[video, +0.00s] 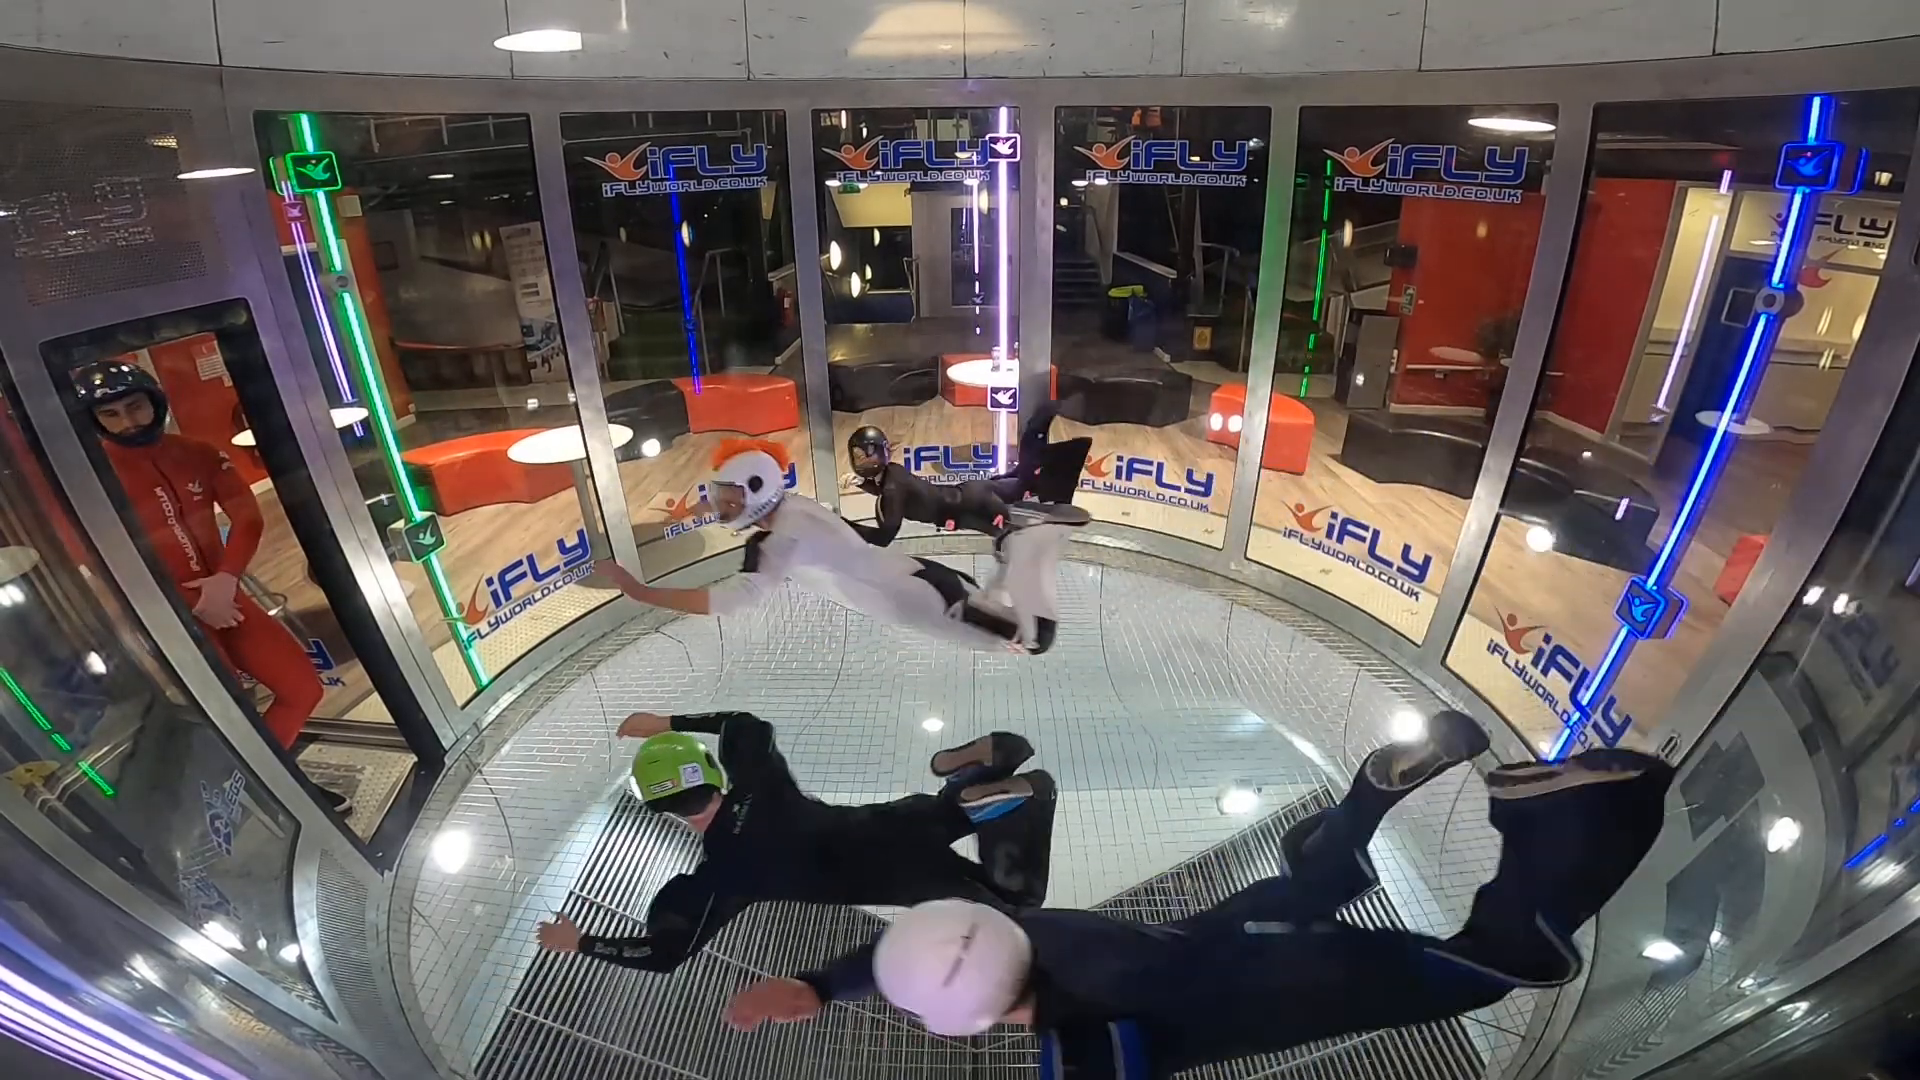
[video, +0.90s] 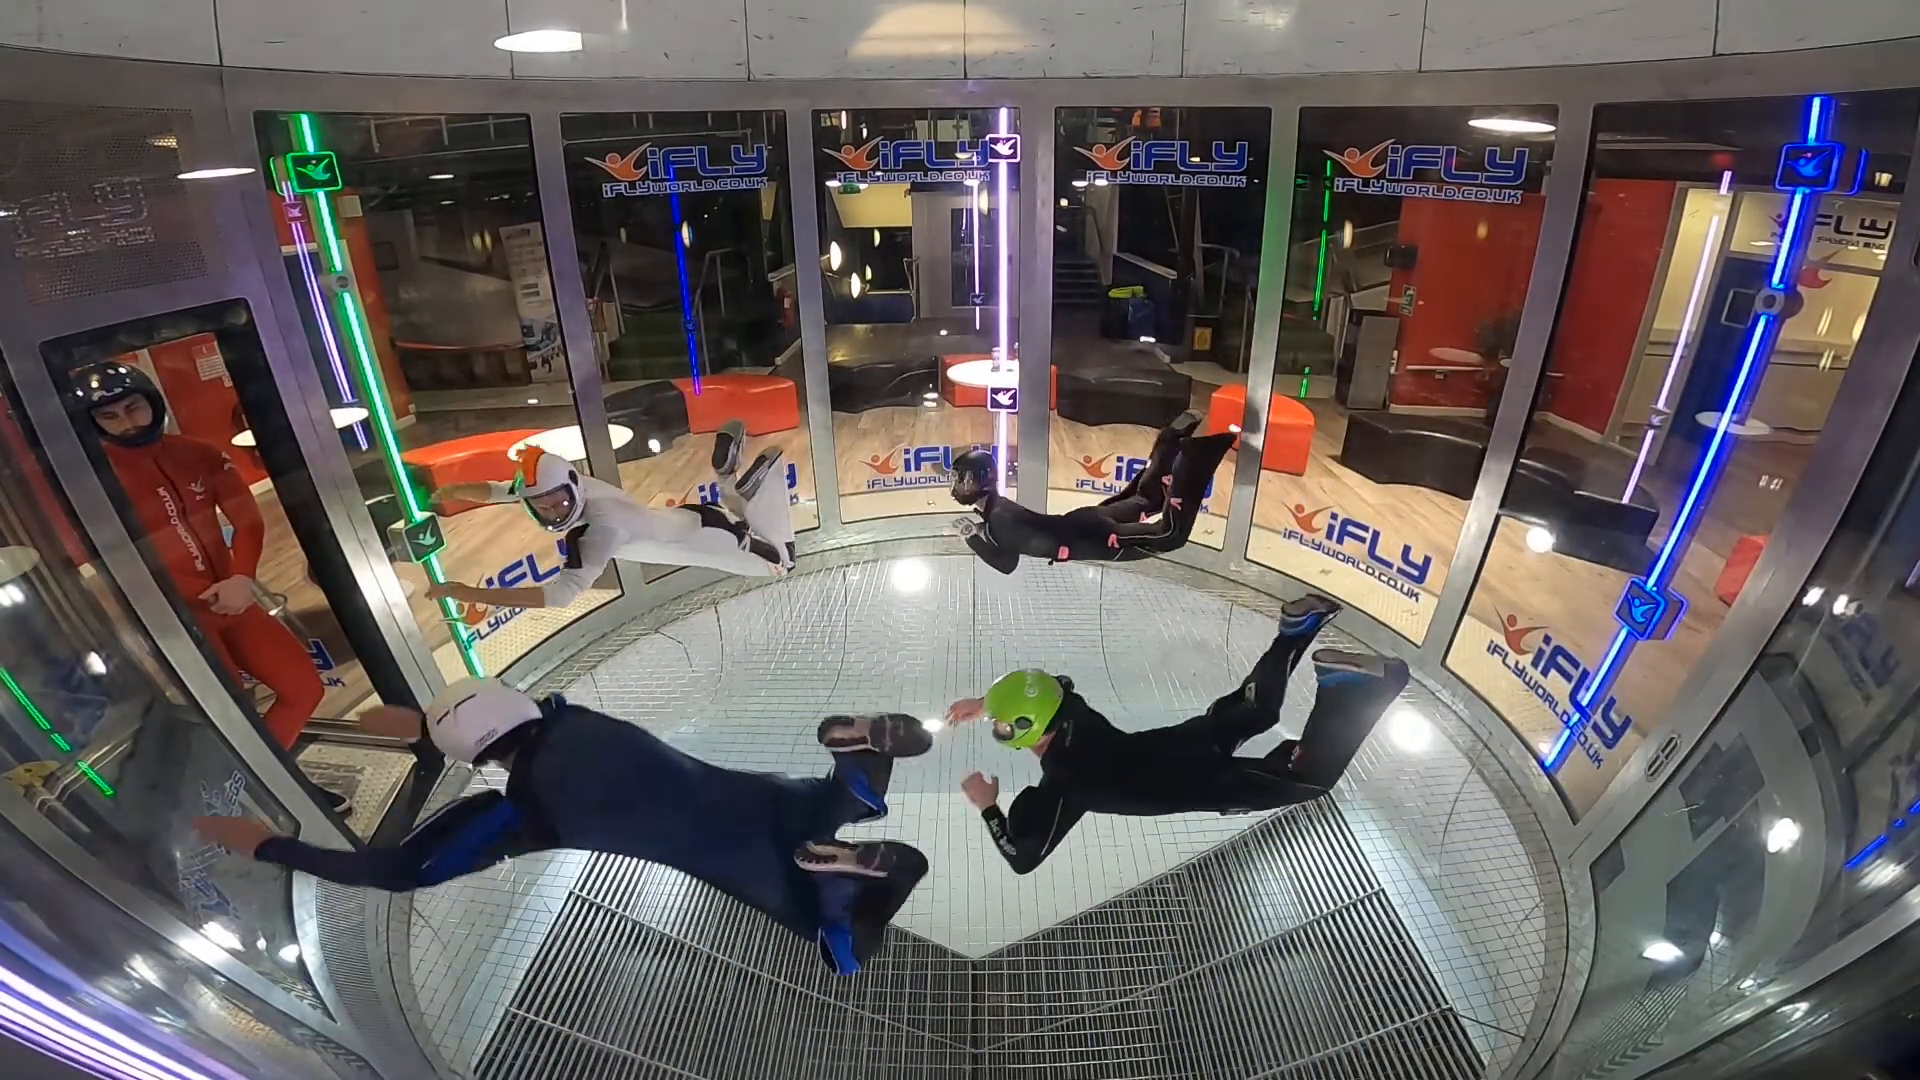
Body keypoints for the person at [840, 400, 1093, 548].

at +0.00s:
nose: (860, 460)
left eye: (866, 454)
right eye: (856, 455)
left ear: (881, 453)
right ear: (854, 456)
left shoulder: (892, 486)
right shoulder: (888, 476)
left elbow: (882, 538)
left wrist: (842, 525)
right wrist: (870, 488)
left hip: (973, 507)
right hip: (969, 491)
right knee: (1026, 479)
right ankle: (1040, 424)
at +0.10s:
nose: (879, 463)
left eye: (884, 456)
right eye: (875, 457)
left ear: (901, 455)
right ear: (875, 457)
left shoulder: (915, 489)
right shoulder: (909, 476)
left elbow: (911, 540)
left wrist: (871, 523)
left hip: (994, 502)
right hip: (988, 489)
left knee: (1051, 479)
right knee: (1044, 476)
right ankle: (1062, 424)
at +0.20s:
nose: (900, 465)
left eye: (907, 458)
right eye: (895, 459)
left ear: (922, 457)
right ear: (891, 461)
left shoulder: (936, 484)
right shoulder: (916, 479)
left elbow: (935, 520)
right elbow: (904, 510)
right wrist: (880, 524)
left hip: (1012, 503)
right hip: (1000, 498)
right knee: (1058, 475)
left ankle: (1114, 464)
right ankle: (1082, 424)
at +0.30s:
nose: (914, 468)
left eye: (918, 461)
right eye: (911, 462)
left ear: (935, 459)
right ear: (922, 460)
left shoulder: (954, 491)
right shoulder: (947, 480)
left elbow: (956, 544)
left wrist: (917, 527)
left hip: (1033, 510)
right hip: (1024, 498)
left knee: (1112, 527)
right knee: (1077, 473)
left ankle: (1141, 462)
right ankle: (1096, 418)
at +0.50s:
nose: (938, 472)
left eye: (943, 465)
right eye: (937, 465)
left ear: (962, 466)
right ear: (960, 464)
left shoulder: (984, 499)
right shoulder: (976, 490)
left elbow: (989, 549)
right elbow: (985, 536)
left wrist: (950, 526)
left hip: (1067, 514)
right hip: (1058, 501)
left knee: (1145, 518)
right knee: (1107, 473)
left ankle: (1181, 453)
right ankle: (1125, 413)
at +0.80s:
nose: (955, 482)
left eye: (961, 476)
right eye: (956, 476)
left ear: (980, 477)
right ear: (975, 476)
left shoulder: (1003, 511)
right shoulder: (990, 503)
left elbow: (1010, 558)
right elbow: (1004, 547)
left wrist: (979, 534)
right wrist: (982, 528)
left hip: (1093, 530)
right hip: (1079, 515)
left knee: (1171, 524)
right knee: (1141, 489)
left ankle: (1197, 447)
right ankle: (1162, 427)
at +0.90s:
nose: (958, 486)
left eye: (965, 479)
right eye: (957, 478)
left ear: (985, 479)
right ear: (978, 479)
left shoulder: (1002, 521)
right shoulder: (992, 512)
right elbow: (1006, 564)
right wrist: (977, 541)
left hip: (1094, 537)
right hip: (1082, 520)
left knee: (1170, 531)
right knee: (1143, 497)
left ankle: (1193, 454)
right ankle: (1171, 437)